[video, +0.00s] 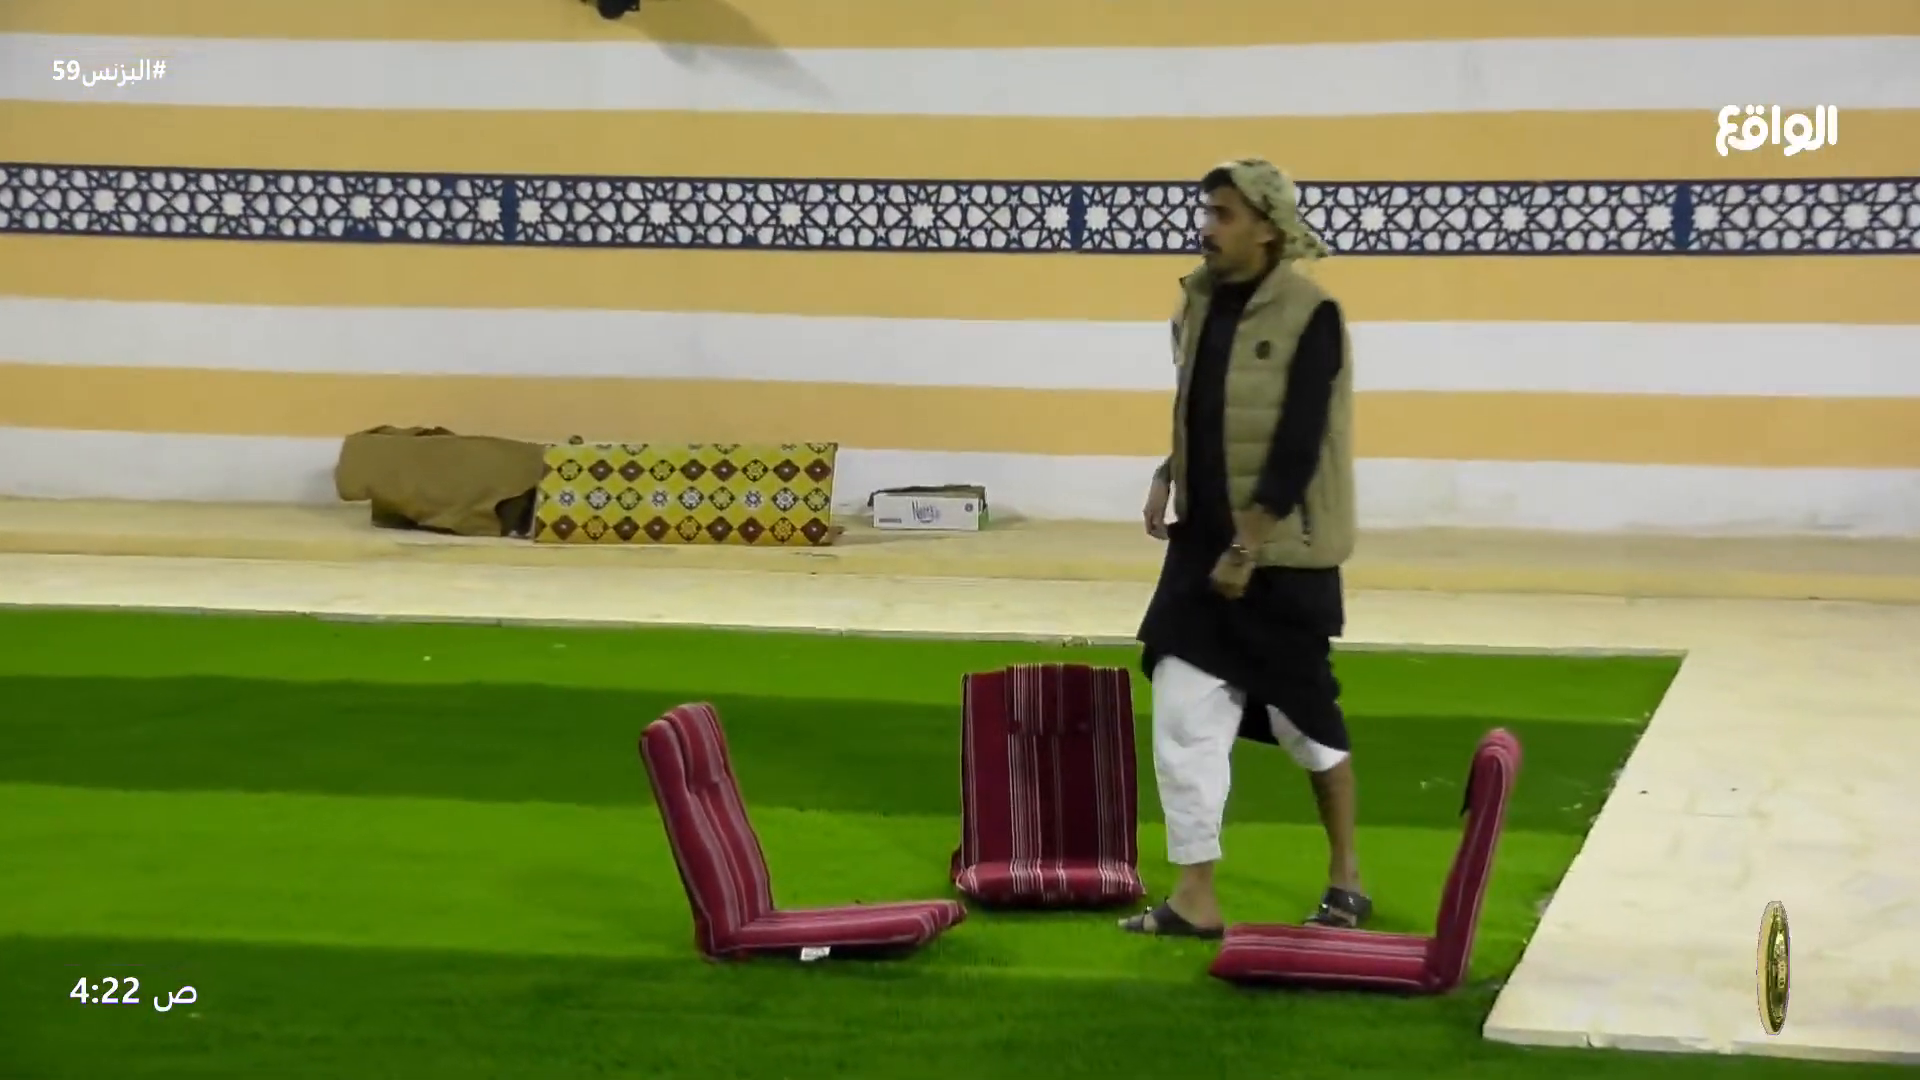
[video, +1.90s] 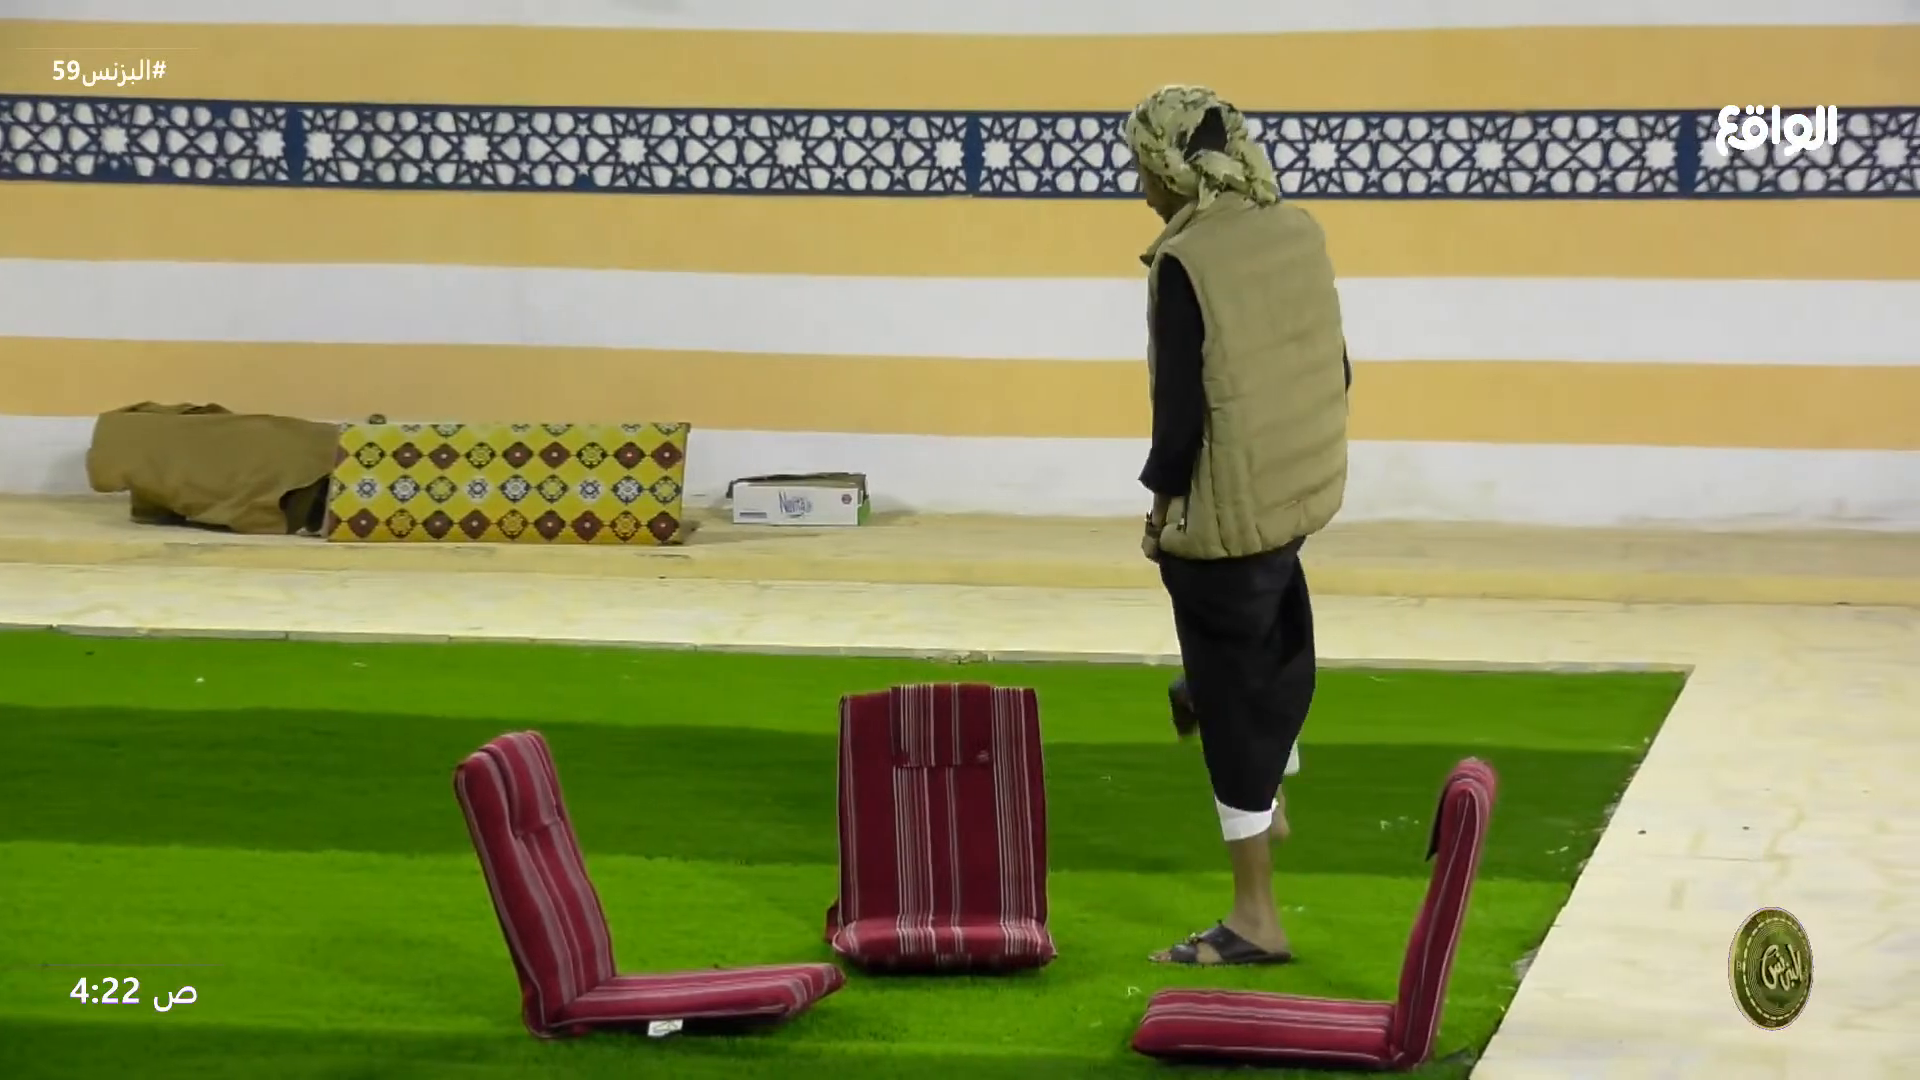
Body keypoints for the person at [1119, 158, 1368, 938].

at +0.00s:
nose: (1207, 227)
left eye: (1222, 215)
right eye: (1207, 213)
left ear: (1267, 226)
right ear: (1220, 224)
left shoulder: (1310, 311)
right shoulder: (1199, 303)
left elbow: (1299, 442)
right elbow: (1202, 415)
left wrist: (1247, 541)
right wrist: (1168, 474)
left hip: (1290, 556)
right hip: (1204, 547)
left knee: (1309, 720)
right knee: (1184, 711)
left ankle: (1345, 881)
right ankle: (1196, 899)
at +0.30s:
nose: (1293, 208)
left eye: (1309, 195)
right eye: (1289, 193)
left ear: (1357, 200)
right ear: (1289, 196)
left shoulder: (1406, 295)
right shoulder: (1268, 278)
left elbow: (1424, 434)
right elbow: (1200, 370)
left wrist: (1370, 536)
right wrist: (1119, 456)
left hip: (1360, 555)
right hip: (1261, 547)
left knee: (1362, 735)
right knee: (1211, 691)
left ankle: (1373, 911)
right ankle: (1258, 876)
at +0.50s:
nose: (1319, 187)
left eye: (1335, 171)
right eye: (1313, 172)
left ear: (1386, 175)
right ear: (1313, 176)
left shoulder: (1443, 275)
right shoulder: (1294, 265)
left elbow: (1456, 421)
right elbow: (1210, 349)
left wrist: (1402, 531)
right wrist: (1115, 429)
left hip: (1400, 547)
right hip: (1300, 542)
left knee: (1396, 738)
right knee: (1290, 719)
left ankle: (1398, 928)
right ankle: (1359, 880)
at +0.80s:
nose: (1252, 191)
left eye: (1264, 171)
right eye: (1246, 176)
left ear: (1320, 164)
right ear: (1256, 181)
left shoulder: (1402, 243)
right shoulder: (1265, 267)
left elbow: (1444, 382)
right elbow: (1238, 395)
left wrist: (1403, 501)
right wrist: (1194, 514)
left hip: (1414, 517)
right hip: (1327, 526)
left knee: (1376, 706)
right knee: (1342, 710)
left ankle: (1400, 921)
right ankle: (1409, 906)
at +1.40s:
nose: (1140, 227)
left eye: (1146, 210)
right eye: (1136, 212)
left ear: (1196, 197)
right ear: (1192, 201)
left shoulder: (1273, 263)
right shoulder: (1210, 270)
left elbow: (1316, 397)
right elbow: (1234, 399)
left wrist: (1277, 506)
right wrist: (1226, 490)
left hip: (1327, 531)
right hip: (1287, 531)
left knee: (1291, 716)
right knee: (1308, 708)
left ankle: (1308, 919)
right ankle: (1341, 896)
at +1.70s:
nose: (1128, 200)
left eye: (1128, 184)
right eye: (1123, 185)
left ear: (1160, 179)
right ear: (1210, 157)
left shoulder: (1196, 262)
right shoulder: (1284, 221)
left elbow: (1205, 409)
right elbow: (1290, 353)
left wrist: (1193, 504)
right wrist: (1199, 412)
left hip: (1252, 511)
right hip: (1322, 483)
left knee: (1253, 696)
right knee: (1241, 643)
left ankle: (1270, 920)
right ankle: (1246, 799)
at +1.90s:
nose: (1139, 183)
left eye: (1142, 166)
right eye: (1138, 166)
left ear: (1169, 165)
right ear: (1229, 150)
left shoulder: (1183, 258)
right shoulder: (1298, 231)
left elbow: (1180, 403)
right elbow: (1334, 367)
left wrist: (1160, 501)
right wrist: (1298, 456)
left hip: (1221, 520)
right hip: (1297, 501)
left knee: (1231, 704)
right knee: (1272, 640)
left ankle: (1255, 919)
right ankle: (1271, 793)